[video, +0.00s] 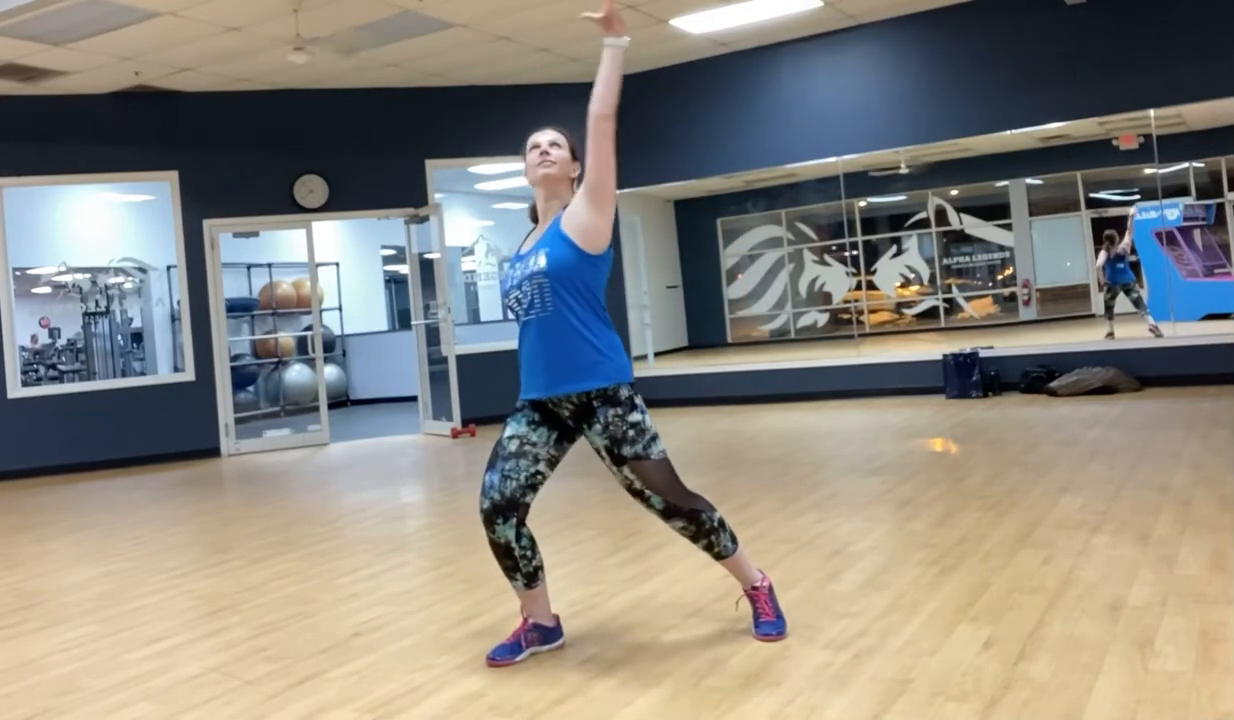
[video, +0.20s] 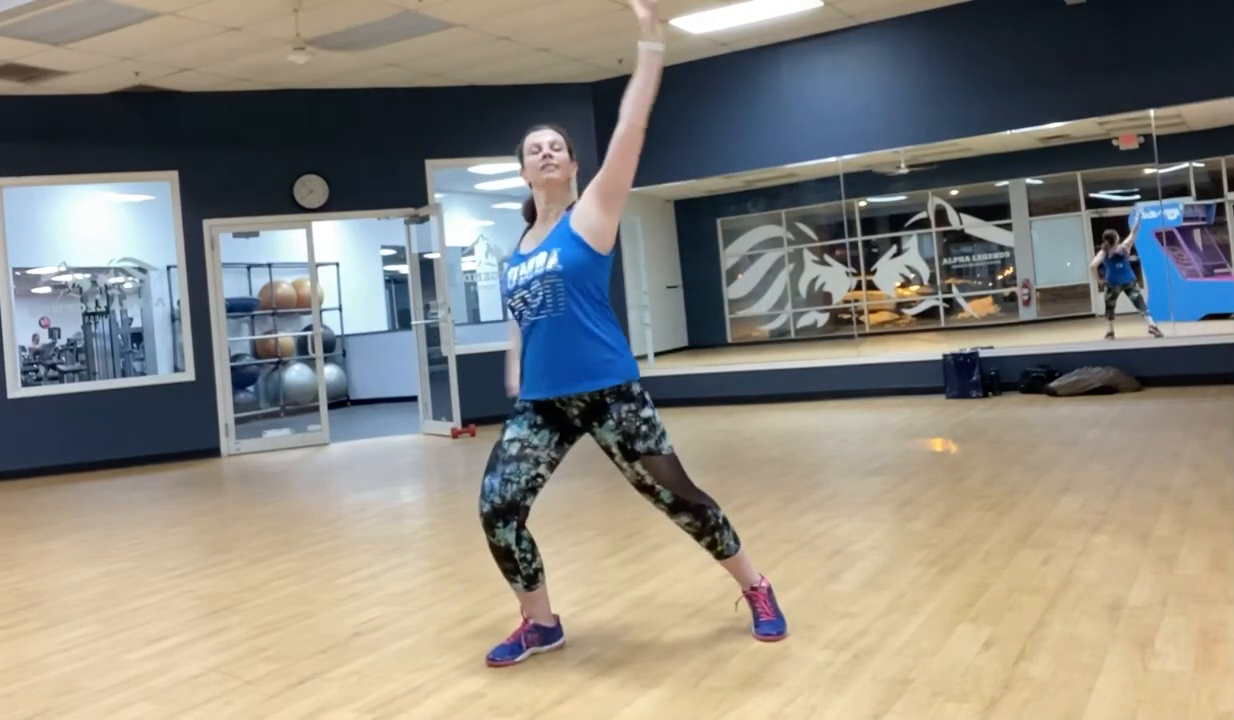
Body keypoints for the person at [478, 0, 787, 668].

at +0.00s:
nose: (543, 151)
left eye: (553, 146)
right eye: (533, 149)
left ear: (574, 163)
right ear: (525, 173)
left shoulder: (589, 214)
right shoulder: (528, 241)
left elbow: (602, 117)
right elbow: (538, 319)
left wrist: (614, 38)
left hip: (604, 396)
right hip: (540, 404)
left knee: (669, 502)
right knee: (498, 506)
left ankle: (755, 585)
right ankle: (540, 621)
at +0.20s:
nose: (548, 152)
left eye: (556, 146)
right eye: (536, 149)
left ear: (573, 162)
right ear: (522, 172)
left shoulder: (592, 212)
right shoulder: (521, 248)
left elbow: (631, 123)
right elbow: (517, 325)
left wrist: (651, 36)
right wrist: (516, 383)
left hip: (610, 394)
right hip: (541, 404)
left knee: (676, 497)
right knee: (498, 508)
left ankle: (755, 589)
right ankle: (539, 621)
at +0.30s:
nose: (547, 157)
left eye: (555, 148)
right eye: (534, 152)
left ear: (571, 160)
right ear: (519, 169)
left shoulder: (597, 205)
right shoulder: (507, 238)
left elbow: (646, 129)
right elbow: (464, 293)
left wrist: (682, 60)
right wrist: (447, 340)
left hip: (613, 383)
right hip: (539, 397)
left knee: (675, 491)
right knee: (499, 507)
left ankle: (752, 589)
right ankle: (540, 621)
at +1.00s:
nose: (631, 196)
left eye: (637, 183)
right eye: (617, 189)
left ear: (646, 177)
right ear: (596, 192)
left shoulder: (647, 229)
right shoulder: (592, 248)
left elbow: (640, 300)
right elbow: (553, 326)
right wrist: (508, 388)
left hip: (659, 398)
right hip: (601, 404)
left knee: (712, 493)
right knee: (545, 510)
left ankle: (671, 608)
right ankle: (442, 610)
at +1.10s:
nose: (632, 193)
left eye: (638, 180)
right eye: (618, 186)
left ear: (646, 176)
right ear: (595, 192)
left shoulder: (643, 233)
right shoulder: (595, 248)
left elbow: (647, 316)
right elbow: (602, 338)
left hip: (659, 401)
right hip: (605, 404)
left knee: (712, 495)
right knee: (547, 510)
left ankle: (671, 608)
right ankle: (440, 609)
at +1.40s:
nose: (621, 170)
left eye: (623, 158)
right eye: (605, 167)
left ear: (633, 162)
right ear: (586, 186)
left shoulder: (635, 223)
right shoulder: (606, 230)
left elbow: (697, 215)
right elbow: (692, 216)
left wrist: (749, 175)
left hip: (654, 400)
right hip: (604, 403)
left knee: (713, 492)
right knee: (551, 511)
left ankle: (671, 607)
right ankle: (438, 608)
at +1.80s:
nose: (600, 155)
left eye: (601, 148)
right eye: (586, 152)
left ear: (613, 164)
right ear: (571, 177)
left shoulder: (626, 225)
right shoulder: (581, 230)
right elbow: (576, 137)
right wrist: (579, 53)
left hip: (653, 399)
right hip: (598, 402)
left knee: (708, 493)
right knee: (544, 511)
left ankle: (671, 608)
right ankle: (437, 611)